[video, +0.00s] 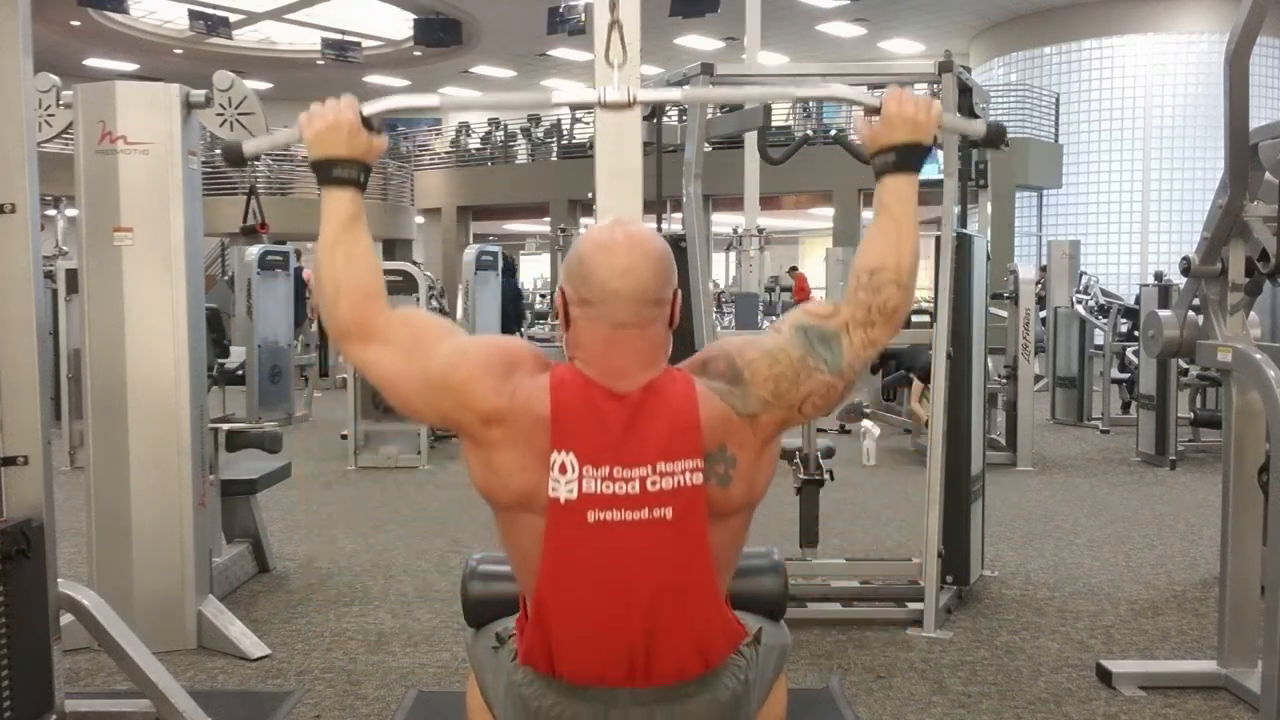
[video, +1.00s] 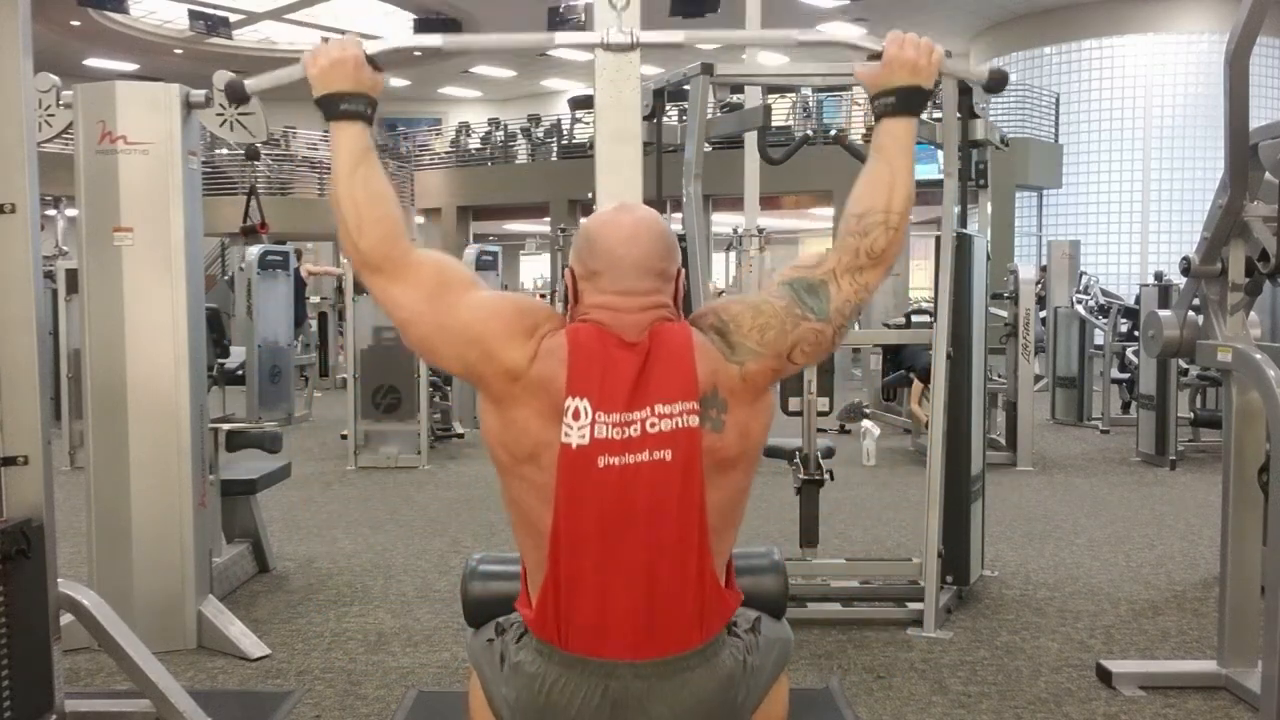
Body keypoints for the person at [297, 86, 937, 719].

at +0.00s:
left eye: (565, 286)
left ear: (564, 311)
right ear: (672, 312)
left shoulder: (498, 388)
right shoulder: (744, 391)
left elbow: (356, 321)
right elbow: (873, 314)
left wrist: (339, 178)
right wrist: (901, 167)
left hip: (553, 693)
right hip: (707, 688)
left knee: (492, 646)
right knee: (768, 647)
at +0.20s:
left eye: (565, 275)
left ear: (566, 294)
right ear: (671, 294)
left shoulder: (507, 364)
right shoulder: (736, 366)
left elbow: (381, 270)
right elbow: (855, 264)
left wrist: (346, 118)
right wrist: (893, 115)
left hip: (555, 689)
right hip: (700, 688)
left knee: (489, 659)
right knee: (767, 652)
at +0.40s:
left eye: (570, 264)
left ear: (568, 282)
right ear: (671, 282)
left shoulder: (512, 343)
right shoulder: (731, 347)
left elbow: (398, 230)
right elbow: (834, 224)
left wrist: (347, 80)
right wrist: (888, 78)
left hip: (555, 683)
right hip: (696, 684)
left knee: (487, 670)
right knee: (770, 646)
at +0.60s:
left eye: (571, 263)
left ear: (568, 280)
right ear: (670, 281)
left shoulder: (515, 336)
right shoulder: (728, 340)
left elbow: (407, 215)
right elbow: (823, 213)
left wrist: (349, 65)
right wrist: (884, 66)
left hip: (555, 679)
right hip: (695, 680)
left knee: (488, 667)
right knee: (770, 648)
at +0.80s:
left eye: (574, 265)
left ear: (572, 282)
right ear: (675, 282)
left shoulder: (516, 337)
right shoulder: (730, 338)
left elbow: (403, 225)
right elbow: (834, 217)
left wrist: (350, 77)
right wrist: (885, 74)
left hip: (555, 680)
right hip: (695, 680)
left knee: (489, 666)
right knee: (767, 647)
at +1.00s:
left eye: (573, 270)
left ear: (573, 287)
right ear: (677, 289)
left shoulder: (512, 349)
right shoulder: (740, 353)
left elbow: (383, 260)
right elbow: (864, 254)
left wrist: (347, 111)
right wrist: (899, 107)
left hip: (555, 685)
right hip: (700, 682)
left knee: (489, 657)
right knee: (768, 648)